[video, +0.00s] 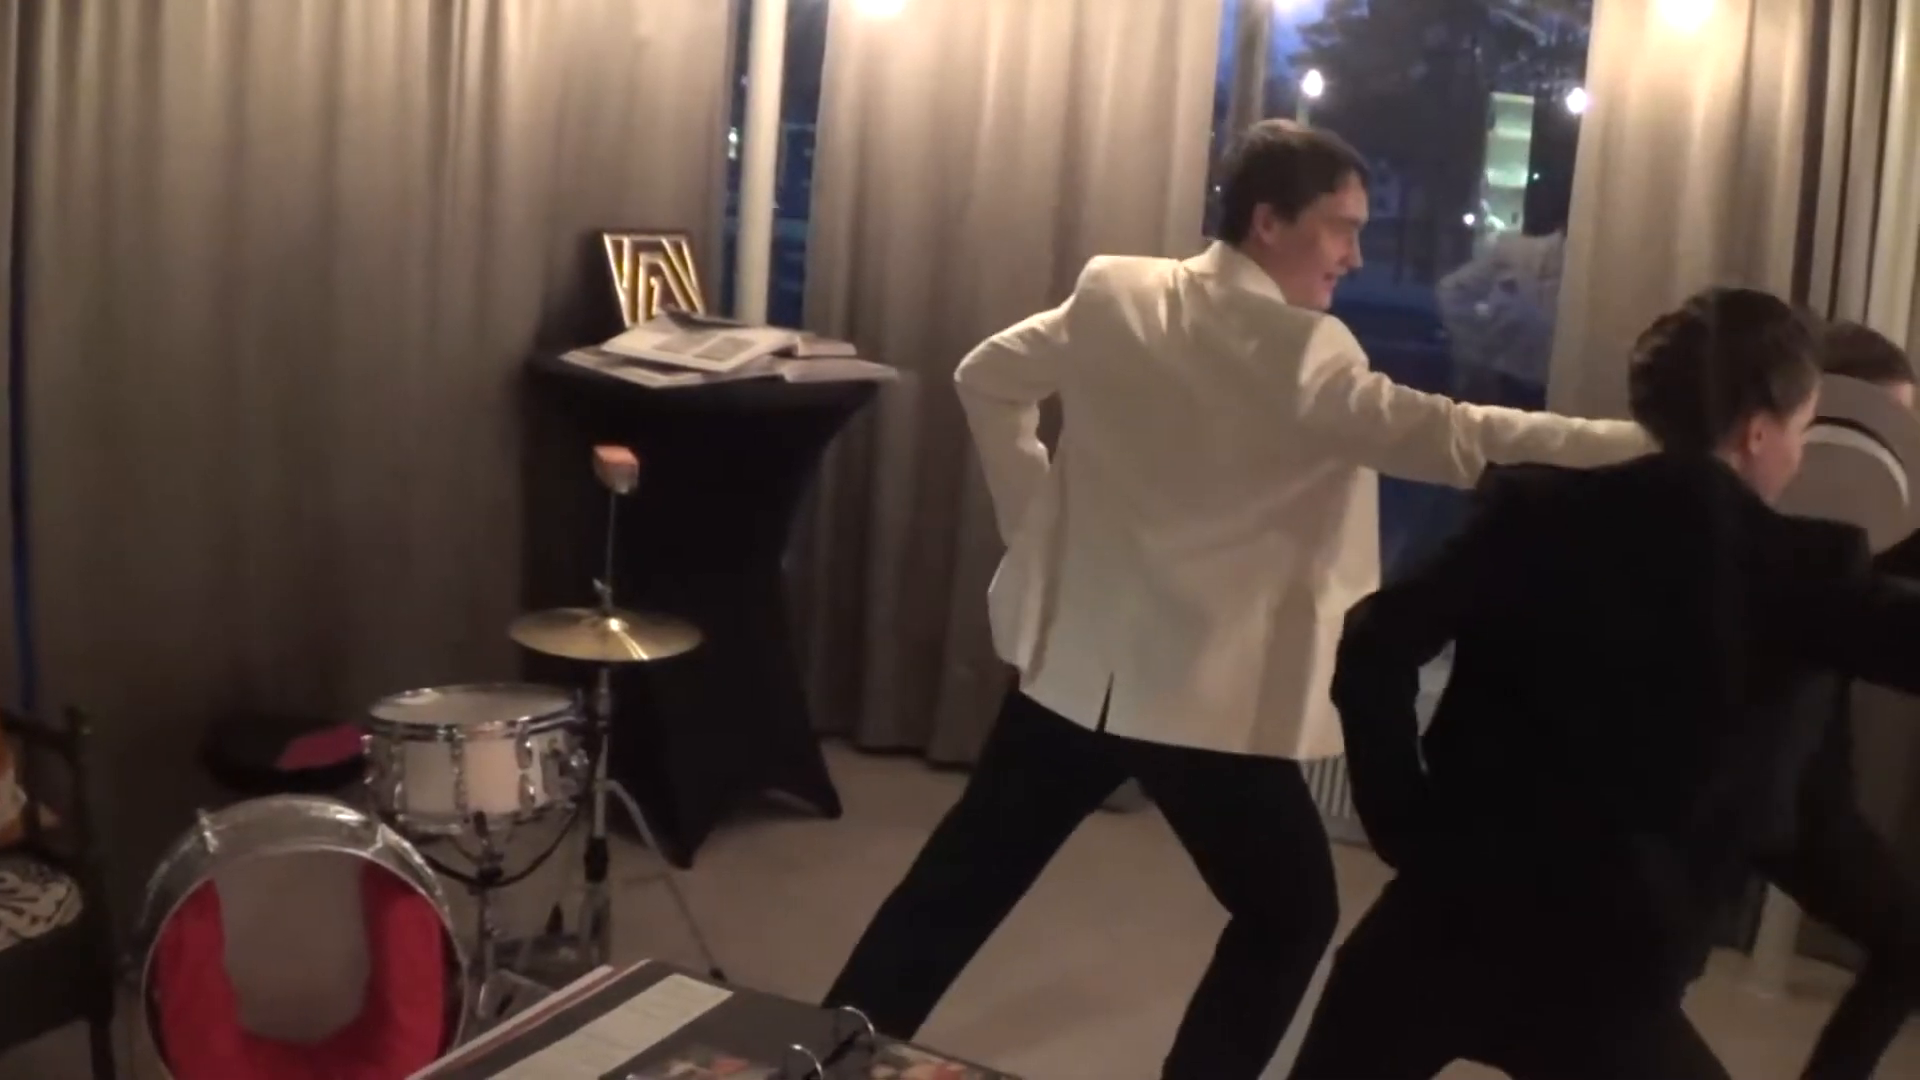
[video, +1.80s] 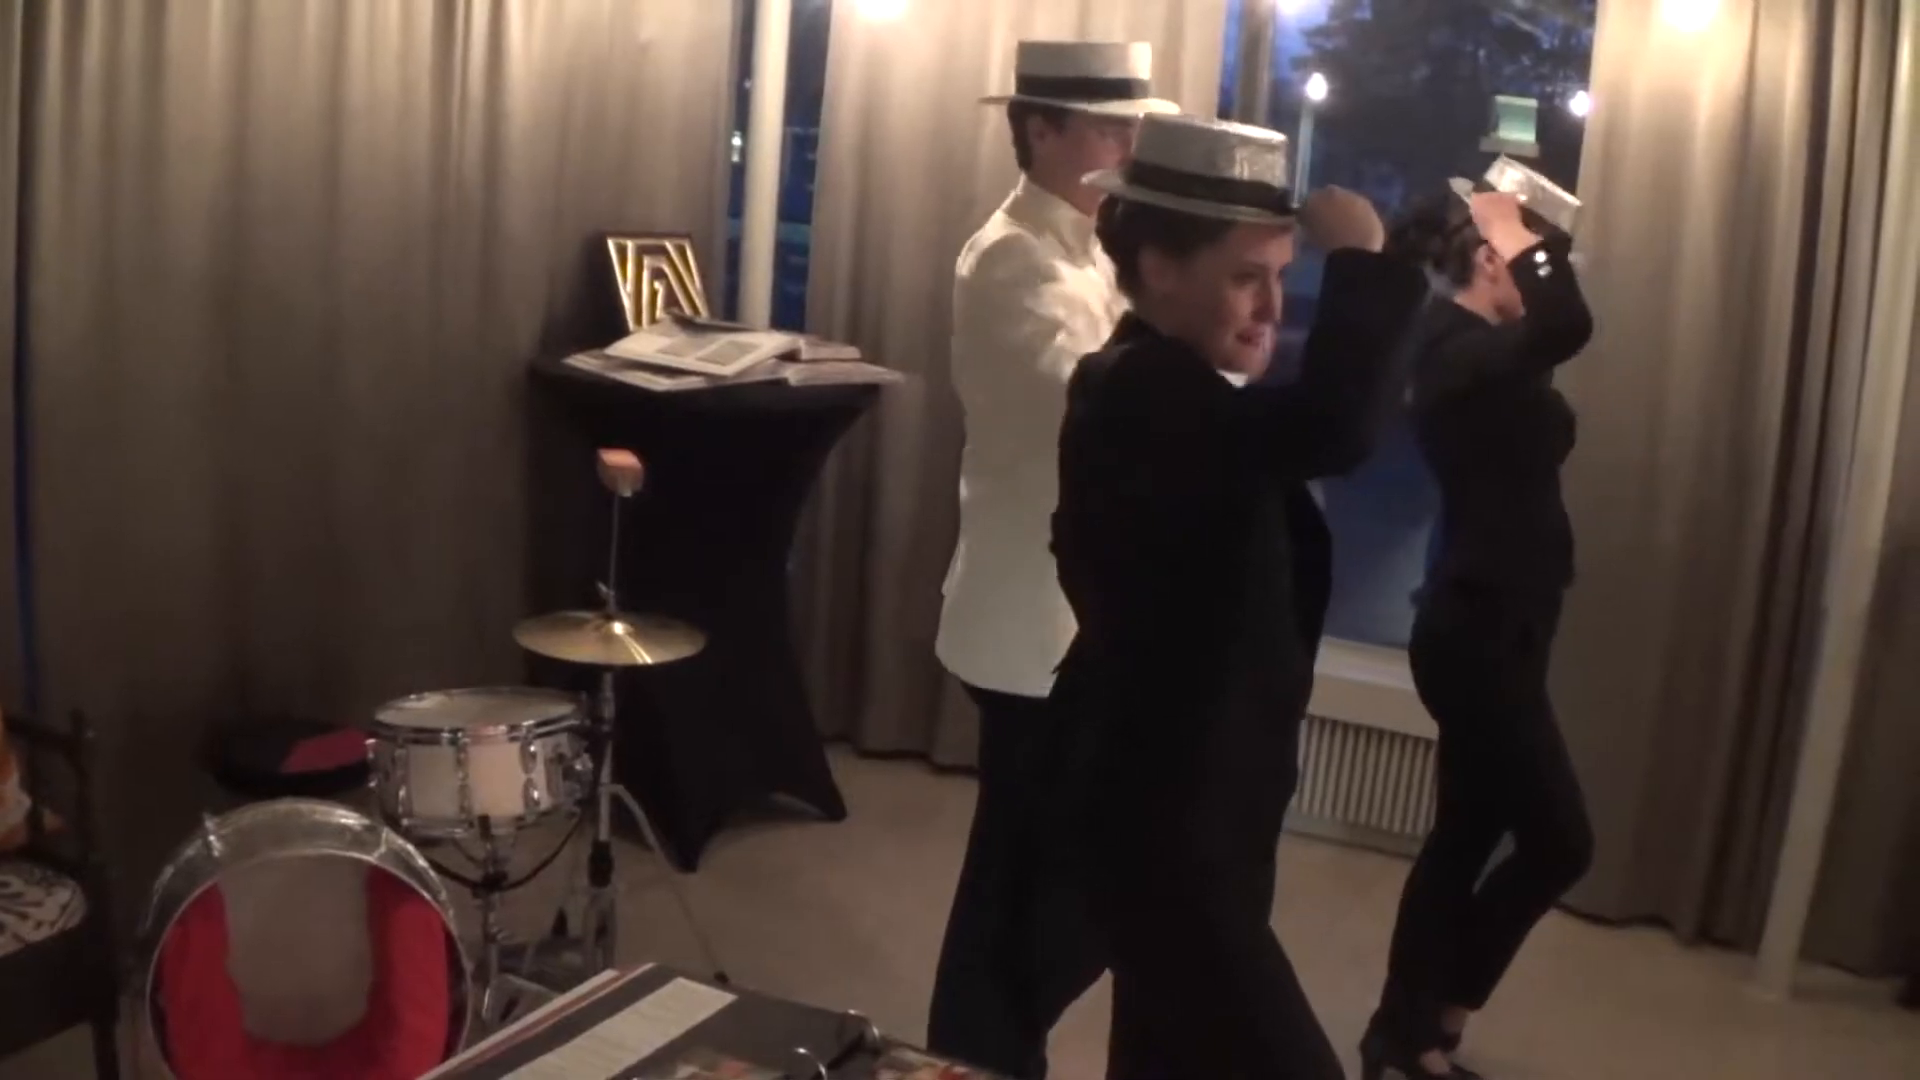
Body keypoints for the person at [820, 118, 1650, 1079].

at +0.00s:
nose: (1351, 257)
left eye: (1357, 233)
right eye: (1339, 231)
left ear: (1259, 228)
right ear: (1267, 222)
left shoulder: (1112, 298)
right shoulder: (1311, 364)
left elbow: (987, 377)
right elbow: (1471, 439)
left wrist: (1037, 529)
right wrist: (1662, 439)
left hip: (1070, 673)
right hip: (1205, 703)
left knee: (959, 880)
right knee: (1290, 910)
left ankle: (831, 1057)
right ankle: (1202, 1078)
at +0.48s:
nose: (1354, 211)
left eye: (1355, 186)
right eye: (1339, 184)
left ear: (1250, 186)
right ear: (1265, 184)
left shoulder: (1122, 264)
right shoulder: (1303, 341)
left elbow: (1011, 352)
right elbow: (1402, 448)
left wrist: (1050, 479)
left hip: (1068, 645)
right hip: (1195, 683)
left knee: (1005, 846)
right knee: (1238, 914)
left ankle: (877, 1043)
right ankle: (1186, 1078)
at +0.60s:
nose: (1331, 178)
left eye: (1331, 154)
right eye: (1314, 153)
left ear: (1228, 157)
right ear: (1239, 154)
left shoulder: (1128, 235)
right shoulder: (1252, 284)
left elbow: (1036, 326)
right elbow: (1399, 347)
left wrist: (1082, 442)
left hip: (1060, 599)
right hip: (1150, 631)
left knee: (1048, 848)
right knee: (1177, 897)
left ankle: (977, 1057)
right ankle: (1167, 1072)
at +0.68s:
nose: (1301, 173)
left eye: (1305, 151)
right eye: (1285, 147)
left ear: (1209, 150)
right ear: (1212, 147)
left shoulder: (1123, 237)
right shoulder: (1204, 254)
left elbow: (1050, 338)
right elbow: (1370, 305)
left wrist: (1088, 450)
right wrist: (1387, 144)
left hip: (1075, 601)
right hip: (1129, 621)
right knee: (1050, 862)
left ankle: (977, 1055)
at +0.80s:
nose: (1257, 171)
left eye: (1261, 150)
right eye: (1238, 147)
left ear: (1175, 151)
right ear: (1164, 150)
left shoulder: (1167, 244)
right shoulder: (1137, 246)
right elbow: (1289, 293)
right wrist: (1310, 170)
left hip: (1130, 609)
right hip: (1101, 617)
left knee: (1181, 857)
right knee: (1040, 866)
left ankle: (1114, 1032)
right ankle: (972, 1057)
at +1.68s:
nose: (1132, 153)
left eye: (1136, 133)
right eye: (1112, 132)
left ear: (1063, 140)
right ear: (1044, 133)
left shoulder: (1066, 232)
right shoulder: (1040, 251)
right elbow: (1173, 340)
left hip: (1048, 604)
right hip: (1042, 620)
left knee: (1037, 866)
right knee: (1043, 876)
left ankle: (984, 1051)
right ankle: (981, 1054)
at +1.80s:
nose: (1126, 154)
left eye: (1132, 133)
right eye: (1106, 132)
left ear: (1117, 139)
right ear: (1042, 134)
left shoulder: (1083, 251)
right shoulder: (1015, 264)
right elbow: (1108, 403)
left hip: (1075, 608)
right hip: (1035, 624)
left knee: (1056, 878)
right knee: (1034, 878)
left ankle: (988, 1050)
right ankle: (977, 1054)